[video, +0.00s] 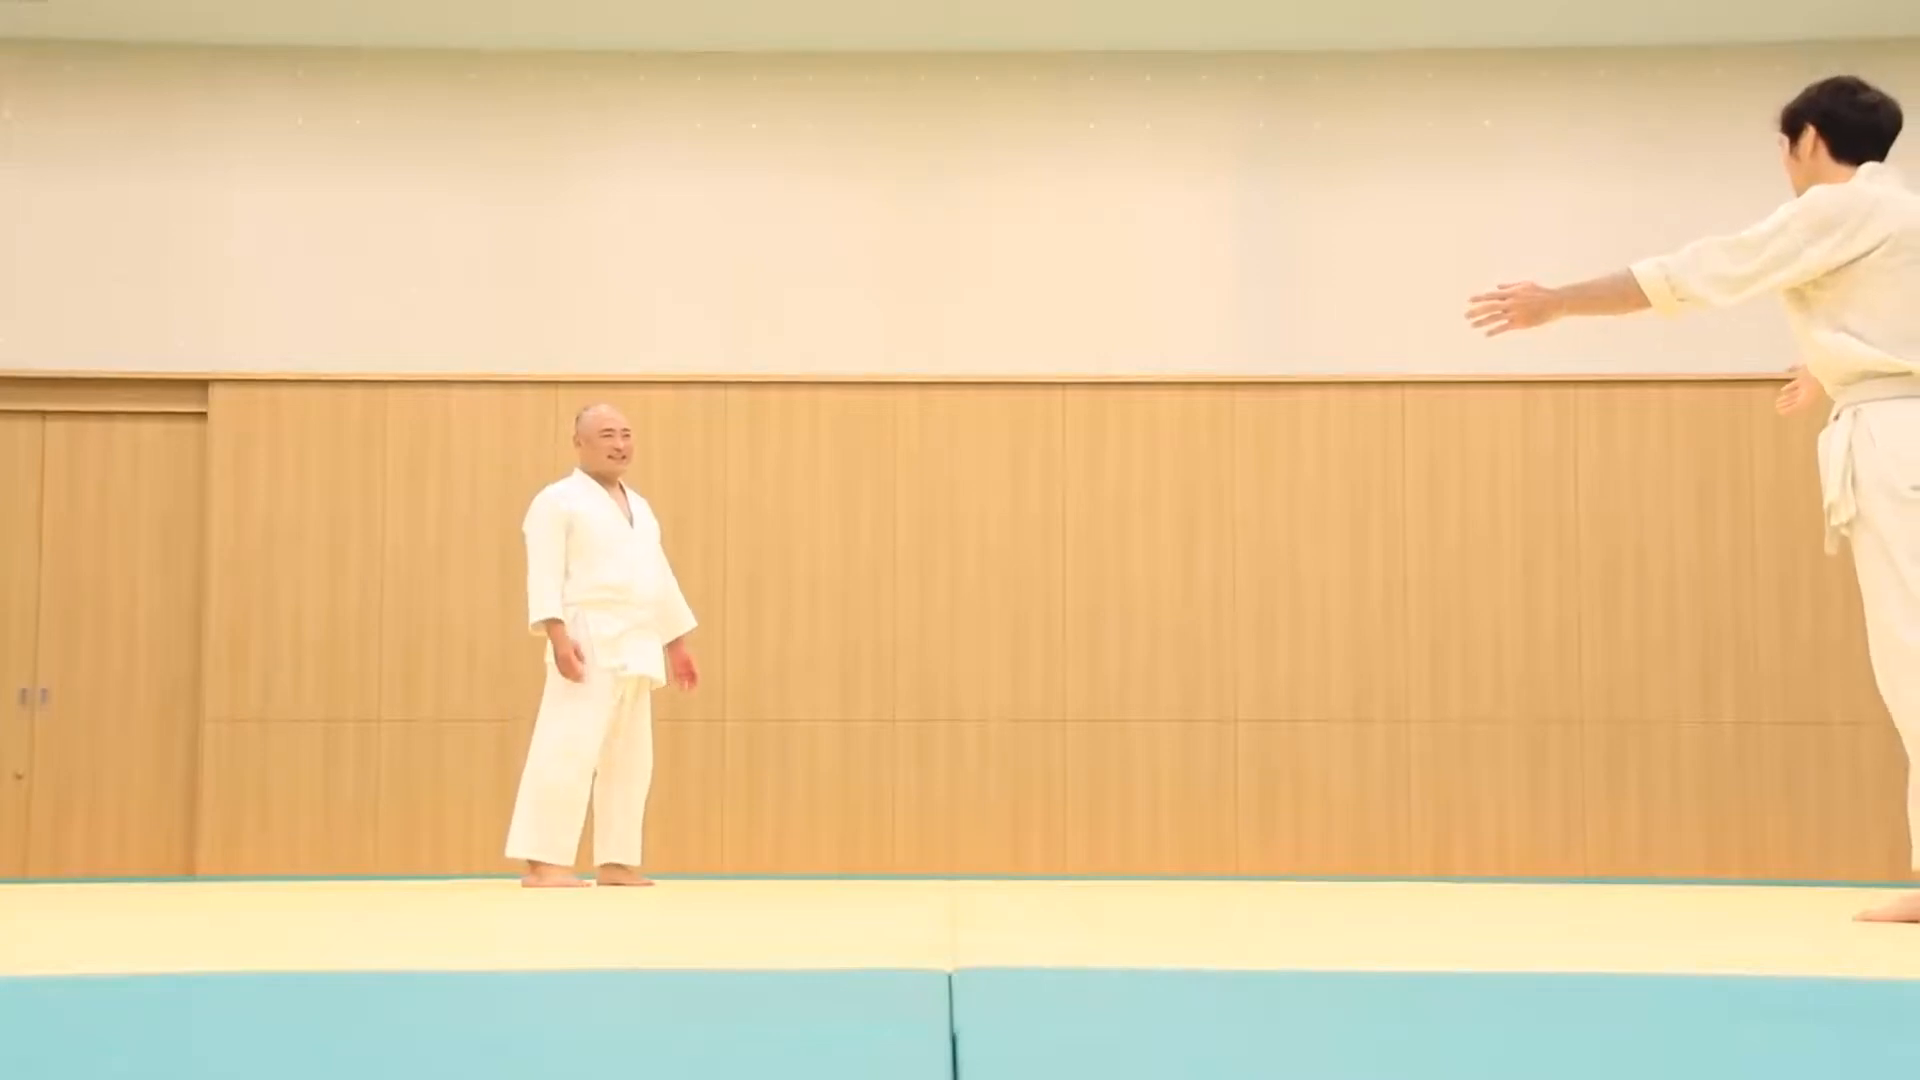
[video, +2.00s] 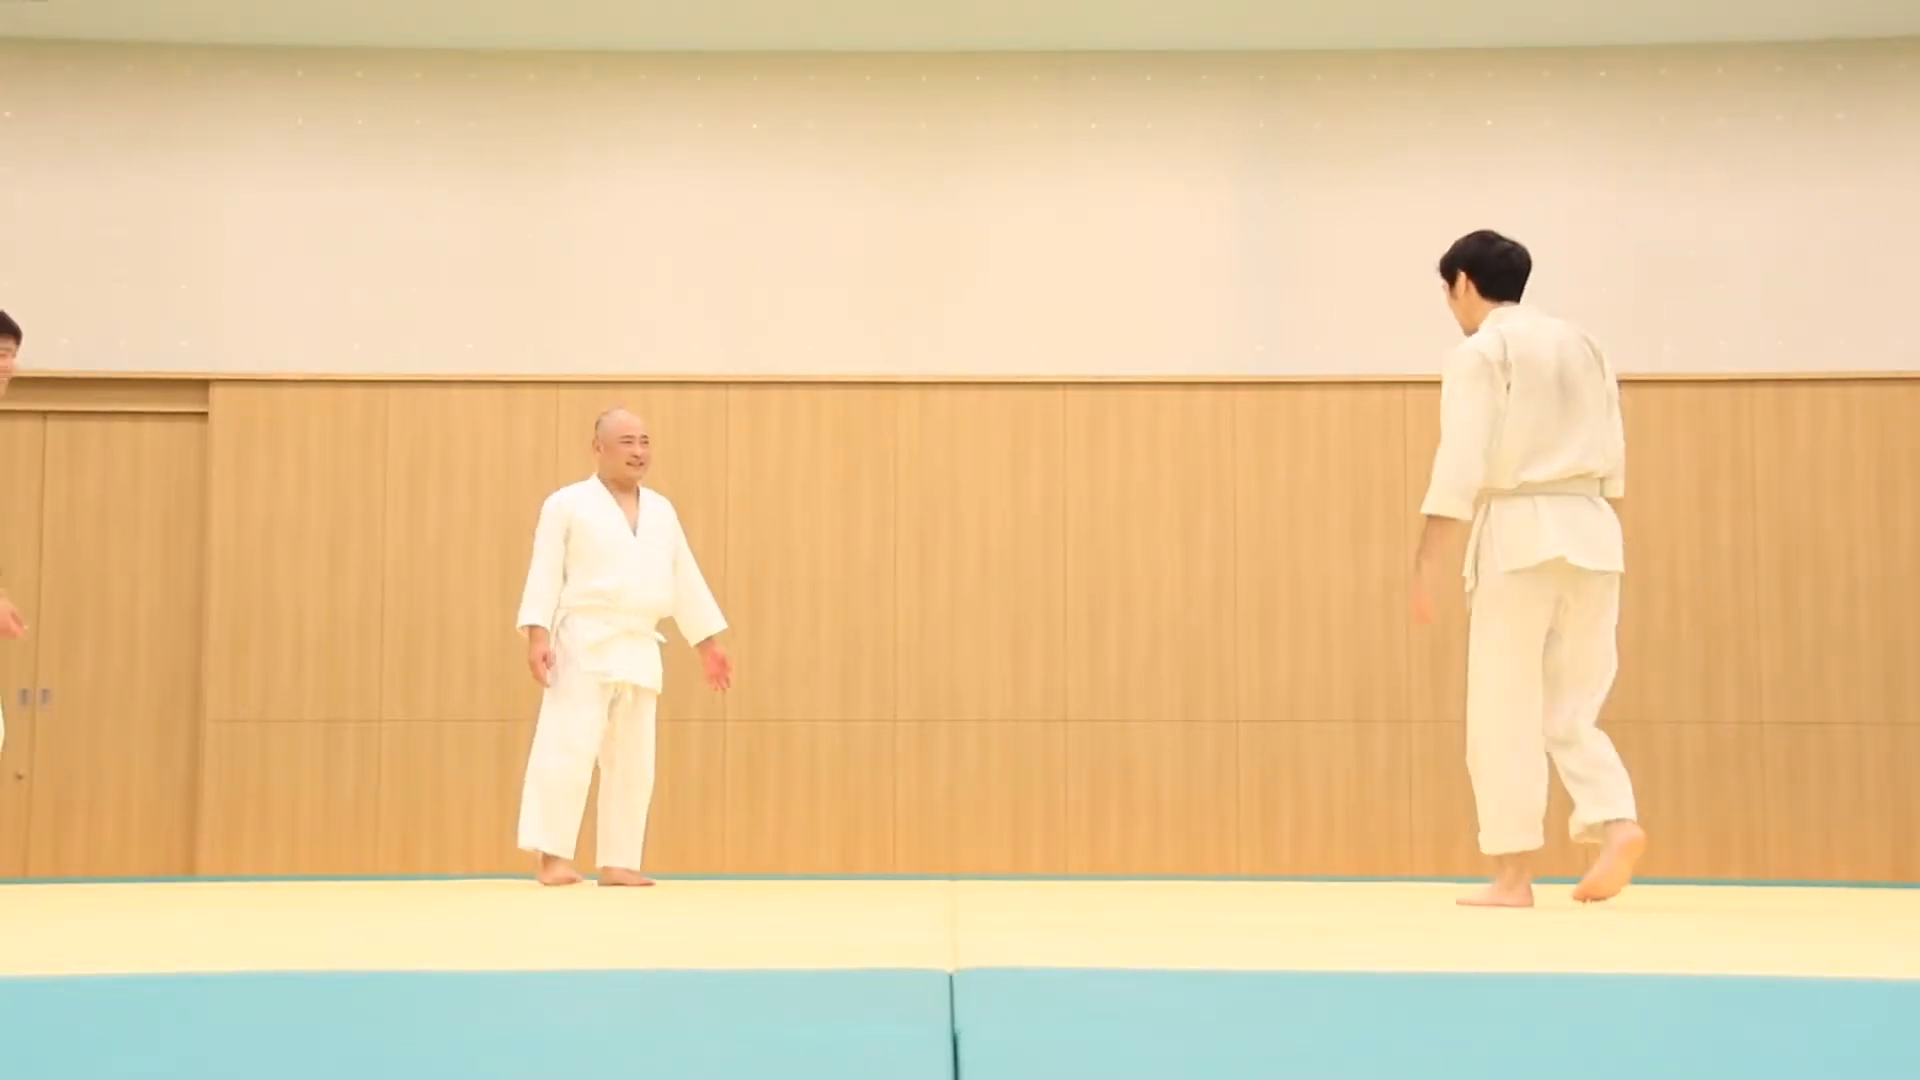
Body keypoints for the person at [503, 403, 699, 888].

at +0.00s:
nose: (620, 443)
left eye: (626, 435)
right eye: (607, 435)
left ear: (633, 444)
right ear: (579, 445)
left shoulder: (638, 505)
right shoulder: (557, 501)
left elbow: (659, 578)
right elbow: (543, 575)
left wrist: (675, 642)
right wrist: (557, 635)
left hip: (637, 651)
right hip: (585, 647)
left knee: (628, 757)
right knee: (565, 753)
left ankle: (616, 862)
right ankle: (543, 863)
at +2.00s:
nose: (639, 450)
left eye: (644, 441)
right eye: (626, 441)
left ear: (650, 449)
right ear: (598, 449)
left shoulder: (660, 509)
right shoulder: (566, 505)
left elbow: (684, 578)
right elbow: (545, 574)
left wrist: (707, 643)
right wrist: (538, 636)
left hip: (639, 648)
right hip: (580, 645)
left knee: (631, 759)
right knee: (568, 752)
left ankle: (617, 865)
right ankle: (553, 860)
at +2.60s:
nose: (609, 465)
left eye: (616, 456)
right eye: (598, 456)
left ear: (624, 463)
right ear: (573, 462)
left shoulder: (640, 516)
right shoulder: (541, 515)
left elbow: (675, 554)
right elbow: (517, 579)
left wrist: (701, 583)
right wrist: (501, 635)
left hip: (621, 650)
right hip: (559, 649)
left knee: (623, 756)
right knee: (559, 757)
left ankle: (616, 861)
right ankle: (562, 864)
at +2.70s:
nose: (603, 470)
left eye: (611, 462)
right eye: (592, 462)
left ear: (619, 468)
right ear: (567, 467)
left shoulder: (635, 514)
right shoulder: (536, 519)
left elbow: (679, 541)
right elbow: (513, 582)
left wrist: (671, 552)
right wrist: (498, 638)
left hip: (615, 650)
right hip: (555, 650)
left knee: (621, 756)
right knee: (557, 758)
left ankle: (615, 861)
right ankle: (561, 866)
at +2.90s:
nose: (597, 471)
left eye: (605, 462)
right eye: (586, 462)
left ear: (615, 467)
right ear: (563, 465)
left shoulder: (625, 511)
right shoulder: (532, 515)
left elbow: (657, 518)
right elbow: (507, 582)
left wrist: (612, 503)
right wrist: (490, 646)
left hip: (613, 647)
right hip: (553, 647)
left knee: (620, 754)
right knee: (555, 755)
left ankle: (610, 859)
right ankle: (562, 862)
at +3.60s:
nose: (601, 475)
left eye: (610, 466)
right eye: (590, 466)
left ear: (619, 470)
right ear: (568, 471)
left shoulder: (634, 512)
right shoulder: (541, 521)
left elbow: (683, 540)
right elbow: (522, 584)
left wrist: (650, 525)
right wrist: (512, 636)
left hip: (622, 651)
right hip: (565, 651)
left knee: (619, 758)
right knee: (562, 755)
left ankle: (610, 862)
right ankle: (564, 863)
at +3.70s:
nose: (599, 475)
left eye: (607, 465)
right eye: (587, 466)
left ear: (618, 468)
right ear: (568, 471)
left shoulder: (640, 515)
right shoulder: (542, 522)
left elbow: (689, 548)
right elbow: (522, 582)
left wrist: (673, 556)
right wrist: (512, 632)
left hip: (622, 651)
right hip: (564, 650)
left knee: (621, 759)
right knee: (561, 756)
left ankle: (612, 862)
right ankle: (564, 862)